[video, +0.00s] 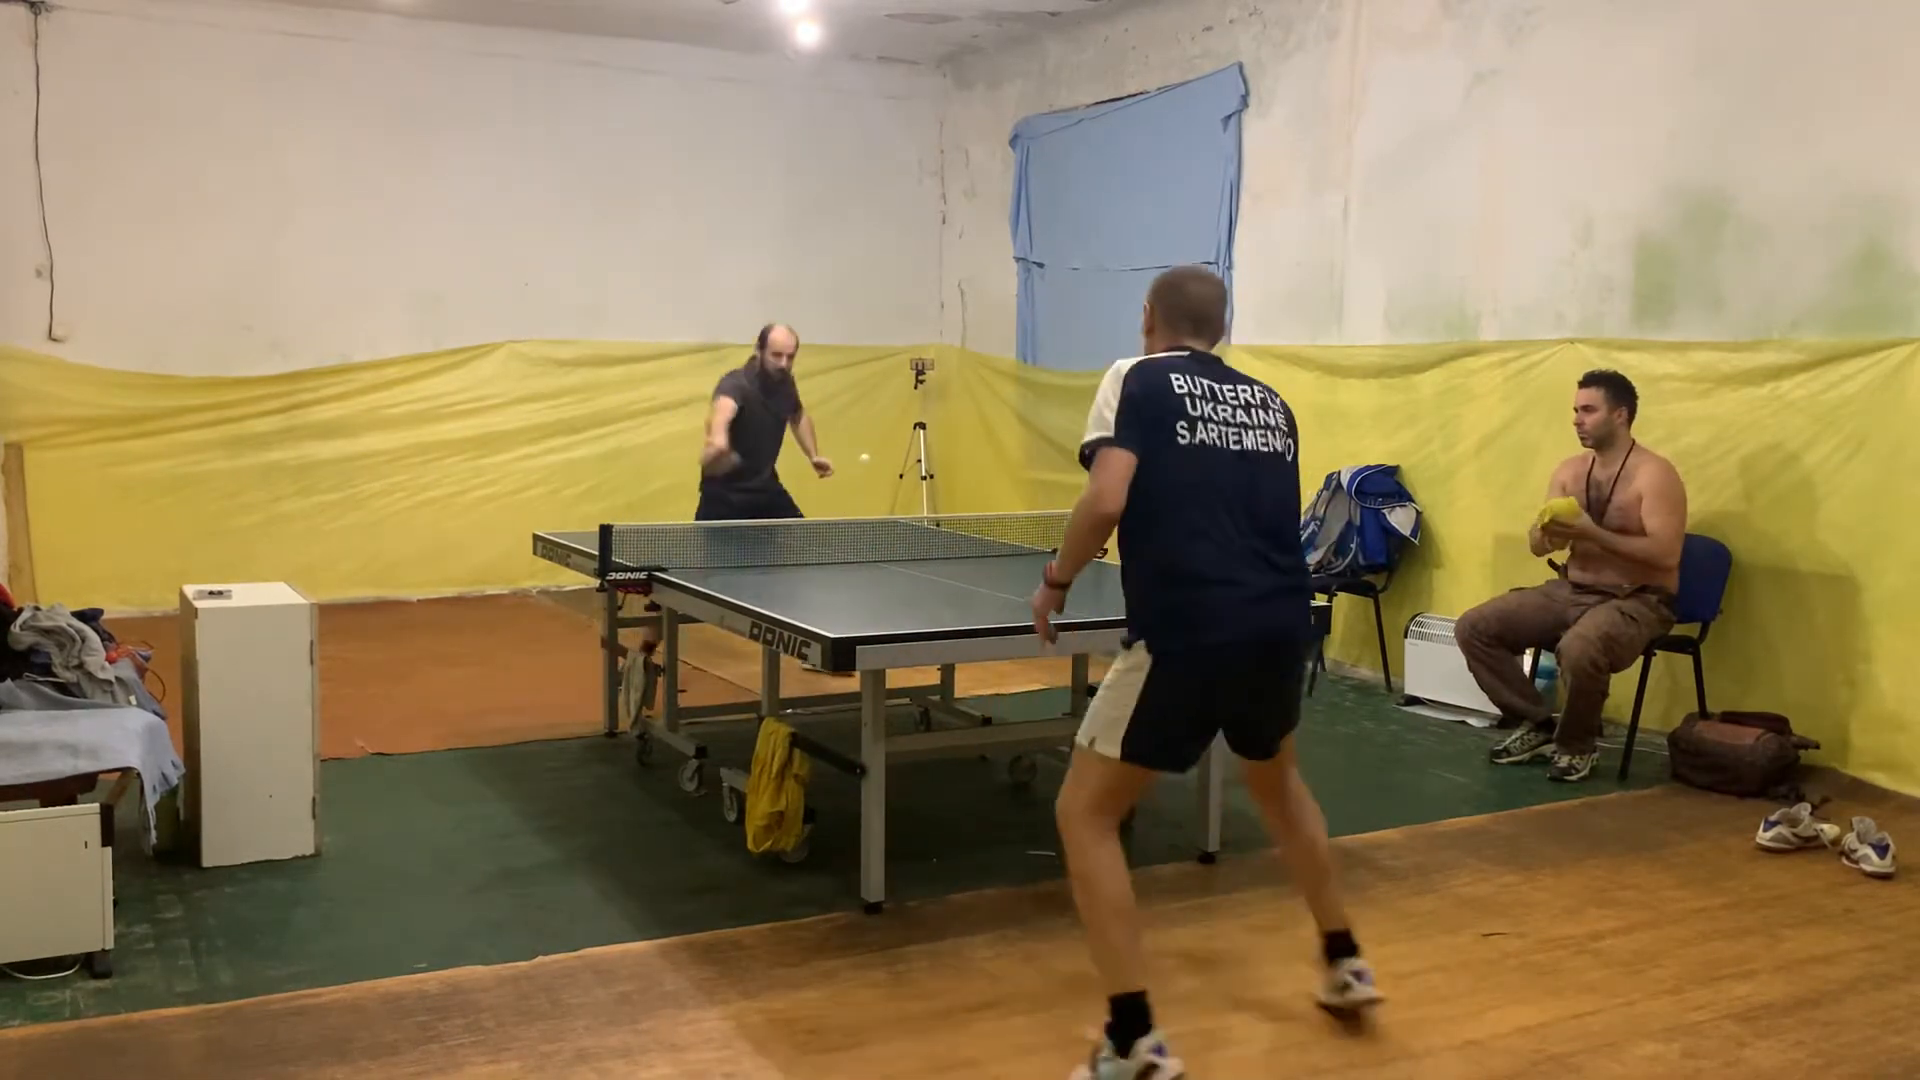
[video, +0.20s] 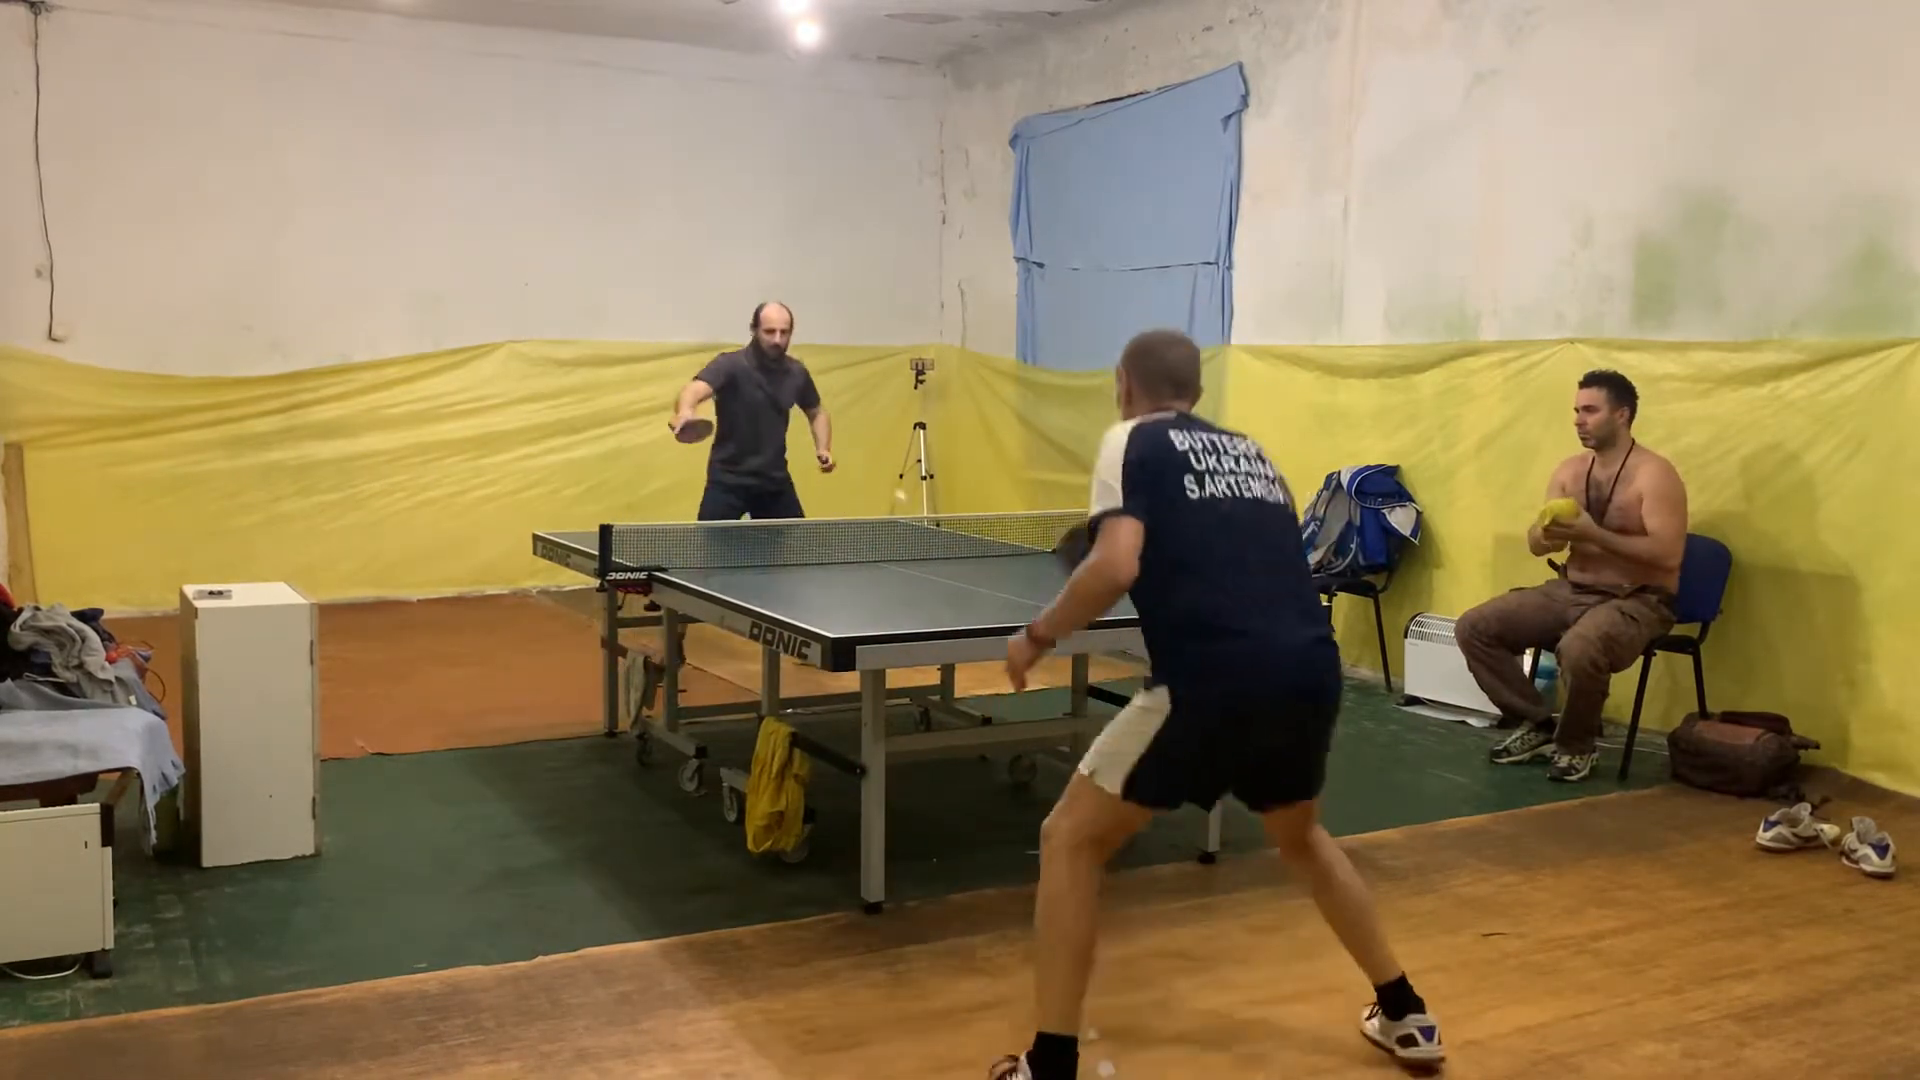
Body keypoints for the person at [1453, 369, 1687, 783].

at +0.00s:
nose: (1576, 419)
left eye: (1587, 410)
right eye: (1576, 410)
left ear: (1621, 415)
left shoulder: (1656, 475)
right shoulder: (1570, 471)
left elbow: (1665, 558)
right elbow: (1542, 544)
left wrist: (1589, 534)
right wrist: (1545, 536)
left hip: (1638, 599)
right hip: (1573, 591)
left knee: (1579, 649)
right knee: (1475, 629)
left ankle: (1577, 745)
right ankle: (1535, 721)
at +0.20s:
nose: (1578, 419)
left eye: (1589, 410)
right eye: (1577, 410)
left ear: (1623, 415)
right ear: (1576, 414)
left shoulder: (1655, 475)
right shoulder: (1570, 471)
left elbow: (1667, 557)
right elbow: (1538, 544)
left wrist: (1592, 535)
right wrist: (1547, 535)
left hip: (1638, 599)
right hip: (1573, 591)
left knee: (1579, 649)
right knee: (1475, 629)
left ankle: (1577, 746)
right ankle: (1535, 721)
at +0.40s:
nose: (1578, 419)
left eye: (1589, 410)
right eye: (1577, 411)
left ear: (1623, 415)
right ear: (1576, 414)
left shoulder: (1656, 475)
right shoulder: (1569, 471)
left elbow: (1672, 555)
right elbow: (1538, 545)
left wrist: (1600, 533)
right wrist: (1544, 534)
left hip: (1638, 599)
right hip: (1573, 592)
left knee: (1578, 649)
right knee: (1475, 629)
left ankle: (1577, 746)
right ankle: (1535, 721)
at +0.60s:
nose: (1579, 420)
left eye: (1590, 411)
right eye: (1577, 411)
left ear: (1623, 415)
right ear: (1576, 414)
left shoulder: (1657, 475)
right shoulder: (1569, 471)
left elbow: (1674, 555)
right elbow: (1537, 543)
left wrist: (1603, 533)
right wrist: (1544, 536)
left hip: (1638, 599)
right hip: (1572, 591)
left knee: (1579, 649)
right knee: (1475, 628)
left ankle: (1576, 746)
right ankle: (1535, 722)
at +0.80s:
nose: (1579, 420)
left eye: (1590, 411)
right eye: (1577, 411)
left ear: (1623, 415)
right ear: (1577, 414)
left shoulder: (1657, 476)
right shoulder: (1569, 471)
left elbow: (1674, 555)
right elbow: (1535, 542)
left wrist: (1603, 532)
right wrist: (1551, 535)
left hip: (1638, 599)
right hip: (1572, 592)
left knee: (1579, 649)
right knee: (1475, 628)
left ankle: (1577, 746)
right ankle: (1534, 722)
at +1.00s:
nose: (1579, 419)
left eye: (1590, 411)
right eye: (1578, 411)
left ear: (1624, 416)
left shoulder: (1658, 476)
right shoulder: (1570, 470)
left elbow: (1674, 555)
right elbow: (1536, 543)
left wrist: (1603, 532)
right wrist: (1552, 532)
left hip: (1639, 599)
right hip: (1572, 592)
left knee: (1579, 649)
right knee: (1475, 627)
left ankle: (1577, 745)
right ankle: (1534, 722)